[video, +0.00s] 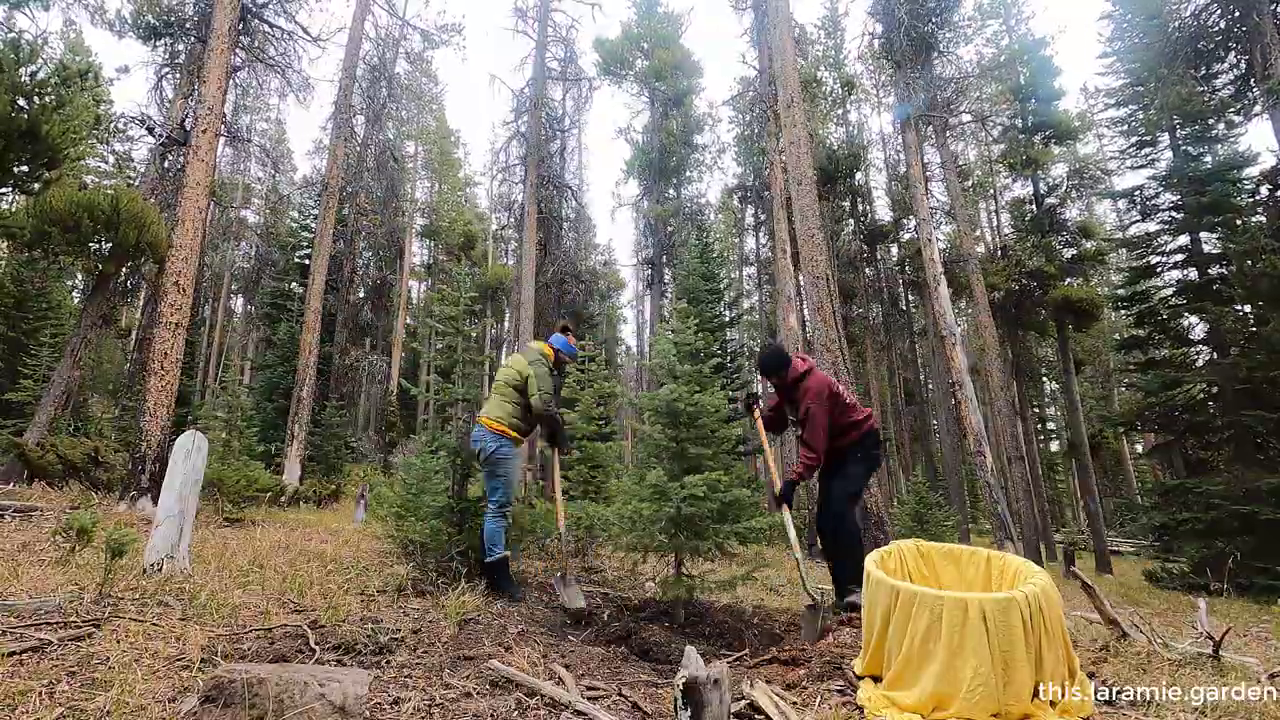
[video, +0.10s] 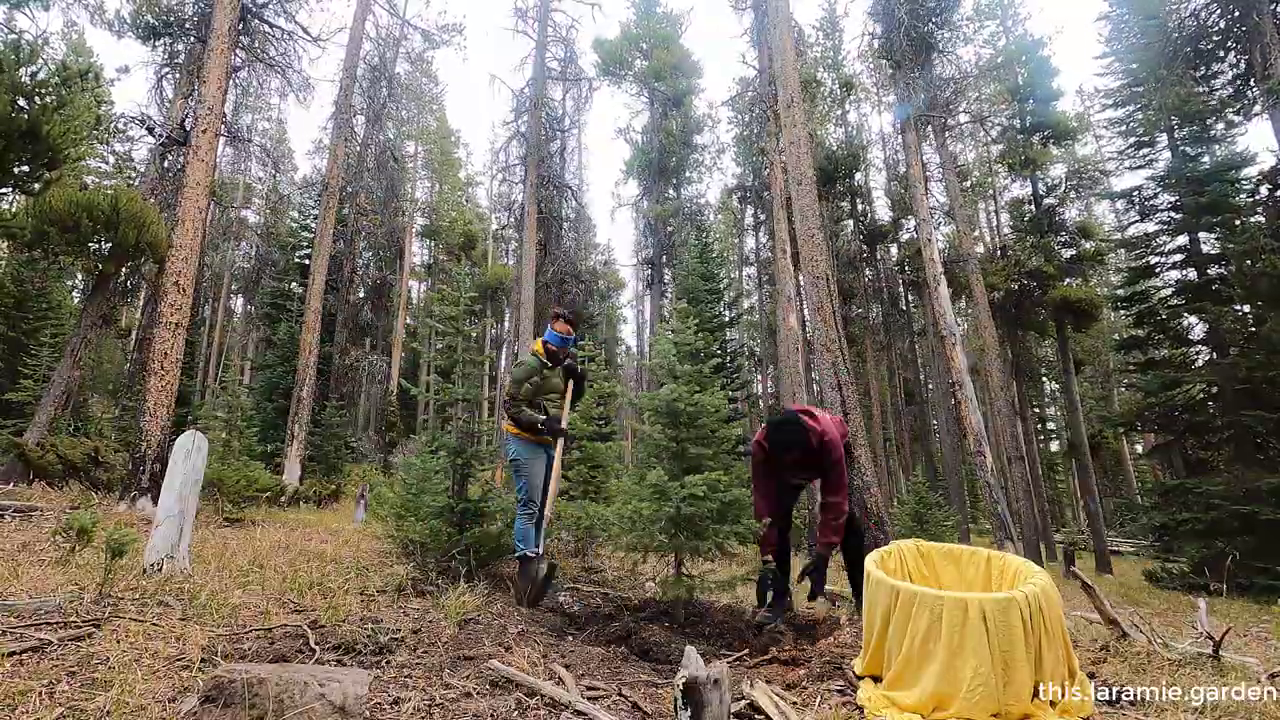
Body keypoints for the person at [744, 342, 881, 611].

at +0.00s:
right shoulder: (788, 388)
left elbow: (814, 444)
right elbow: (776, 423)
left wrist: (793, 480)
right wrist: (757, 413)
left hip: (861, 444)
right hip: (835, 449)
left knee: (839, 513)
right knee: (825, 521)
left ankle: (854, 589)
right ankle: (844, 591)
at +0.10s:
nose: (789, 458)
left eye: (793, 452)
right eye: (783, 454)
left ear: (805, 441)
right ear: (771, 445)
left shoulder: (829, 439)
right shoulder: (762, 446)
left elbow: (835, 500)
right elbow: (762, 495)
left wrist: (823, 555)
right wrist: (767, 558)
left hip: (831, 459)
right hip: (789, 469)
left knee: (850, 525)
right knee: (778, 525)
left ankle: (862, 596)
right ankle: (779, 599)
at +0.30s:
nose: (771, 521)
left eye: (775, 515)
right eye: (768, 515)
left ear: (791, 507)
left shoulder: (827, 508)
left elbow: (823, 582)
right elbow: (785, 564)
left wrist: (800, 630)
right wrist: (780, 605)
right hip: (811, 553)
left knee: (845, 538)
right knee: (756, 537)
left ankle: (857, 607)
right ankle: (786, 609)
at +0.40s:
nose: (945, 477)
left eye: (950, 476)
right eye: (949, 473)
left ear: (947, 456)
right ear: (946, 460)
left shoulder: (923, 454)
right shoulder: (916, 451)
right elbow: (901, 501)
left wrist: (891, 528)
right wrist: (925, 537)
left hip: (858, 467)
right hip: (831, 451)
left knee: (877, 532)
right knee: (833, 521)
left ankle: (880, 604)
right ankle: (799, 598)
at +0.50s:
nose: (853, 329)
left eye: (858, 324)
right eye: (849, 324)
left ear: (870, 325)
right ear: (844, 326)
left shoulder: (887, 352)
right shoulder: (843, 360)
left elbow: (897, 397)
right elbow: (837, 402)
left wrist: (854, 388)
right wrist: (825, 379)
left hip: (876, 443)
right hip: (851, 444)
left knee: (871, 521)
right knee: (852, 523)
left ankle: (881, 597)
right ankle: (866, 594)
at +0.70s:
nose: (816, 318)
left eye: (815, 314)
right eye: (808, 319)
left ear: (822, 319)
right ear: (799, 334)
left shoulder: (851, 349)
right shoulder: (798, 368)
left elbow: (863, 387)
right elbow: (800, 417)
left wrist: (831, 369)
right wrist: (805, 385)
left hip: (867, 443)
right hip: (832, 450)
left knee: (883, 521)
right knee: (846, 529)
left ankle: (897, 594)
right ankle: (857, 599)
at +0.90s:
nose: (761, 386)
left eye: (765, 380)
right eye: (758, 381)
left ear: (778, 372)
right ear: (762, 373)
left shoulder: (802, 390)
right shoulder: (780, 371)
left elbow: (789, 445)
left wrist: (770, 488)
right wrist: (765, 397)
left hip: (835, 450)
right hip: (809, 452)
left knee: (829, 524)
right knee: (811, 522)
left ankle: (835, 596)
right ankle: (820, 589)